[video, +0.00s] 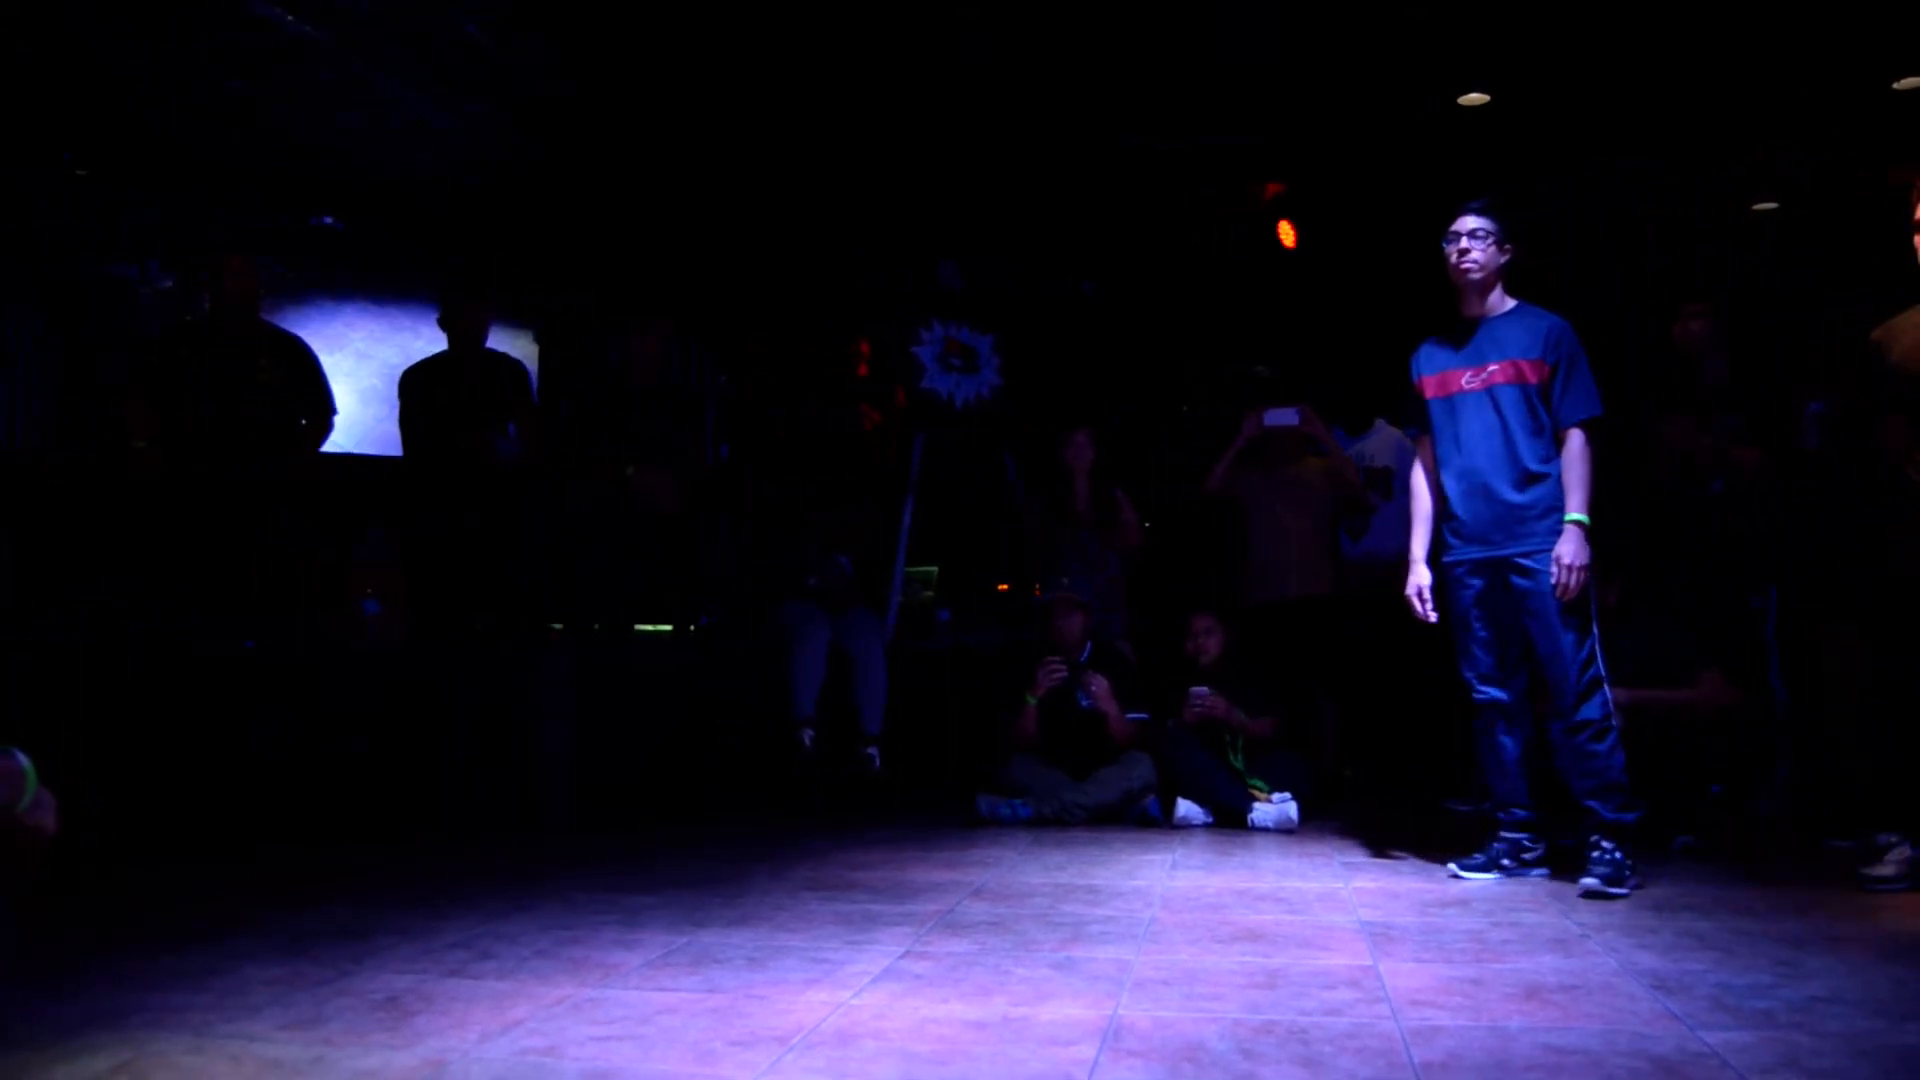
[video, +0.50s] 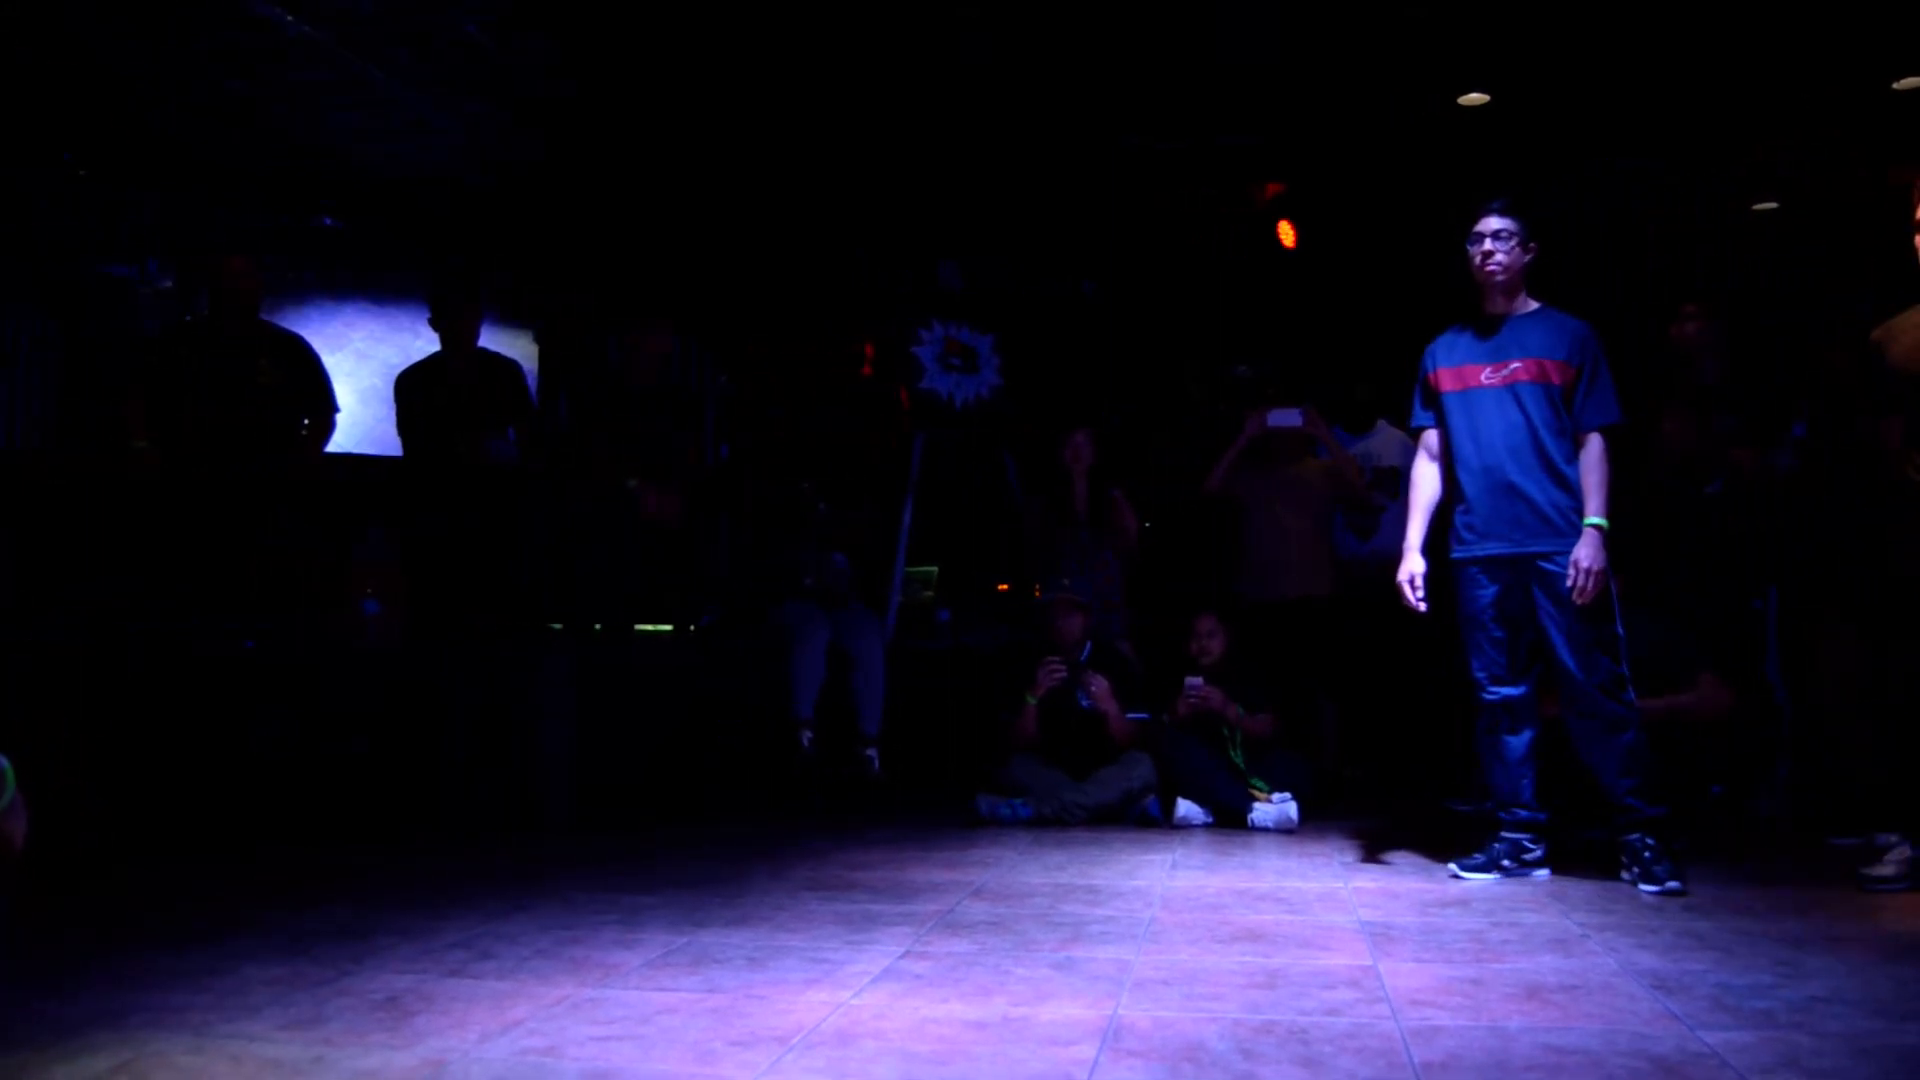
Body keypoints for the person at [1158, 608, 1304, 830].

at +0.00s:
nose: (1201, 643)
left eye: (1208, 634)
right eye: (1194, 636)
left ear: (1223, 636)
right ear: (1186, 643)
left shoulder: (1245, 675)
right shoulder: (1183, 678)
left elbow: (1269, 729)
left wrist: (1228, 714)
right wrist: (1186, 717)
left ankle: (1211, 810)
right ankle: (1251, 809)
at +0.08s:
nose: (1201, 643)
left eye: (1208, 633)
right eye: (1194, 636)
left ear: (1224, 637)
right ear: (1187, 643)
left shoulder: (1245, 675)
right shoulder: (1183, 677)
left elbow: (1268, 729)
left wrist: (1227, 712)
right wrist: (1185, 715)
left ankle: (1211, 810)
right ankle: (1251, 809)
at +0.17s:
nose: (1201, 642)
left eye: (1208, 633)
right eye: (1194, 636)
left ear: (1224, 637)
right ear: (1187, 643)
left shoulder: (1245, 674)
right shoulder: (1182, 677)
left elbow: (1267, 728)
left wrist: (1226, 710)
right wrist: (1184, 714)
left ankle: (1211, 811)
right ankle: (1251, 810)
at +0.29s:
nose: (1202, 644)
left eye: (1209, 635)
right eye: (1195, 637)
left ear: (1225, 638)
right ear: (1188, 643)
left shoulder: (1246, 674)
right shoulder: (1183, 676)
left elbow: (1267, 728)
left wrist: (1225, 708)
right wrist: (1184, 712)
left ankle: (1210, 810)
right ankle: (1251, 809)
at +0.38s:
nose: (1203, 644)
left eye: (1211, 636)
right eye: (1196, 638)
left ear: (1226, 638)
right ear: (1189, 643)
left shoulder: (1247, 675)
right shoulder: (1183, 677)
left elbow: (1267, 728)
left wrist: (1225, 709)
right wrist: (1183, 712)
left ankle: (1211, 811)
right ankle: (1251, 810)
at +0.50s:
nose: (1203, 644)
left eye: (1211, 636)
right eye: (1196, 637)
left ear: (1226, 638)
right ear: (1189, 642)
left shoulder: (1246, 675)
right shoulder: (1184, 676)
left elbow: (1265, 728)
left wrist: (1224, 707)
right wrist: (1181, 712)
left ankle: (1211, 810)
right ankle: (1251, 810)